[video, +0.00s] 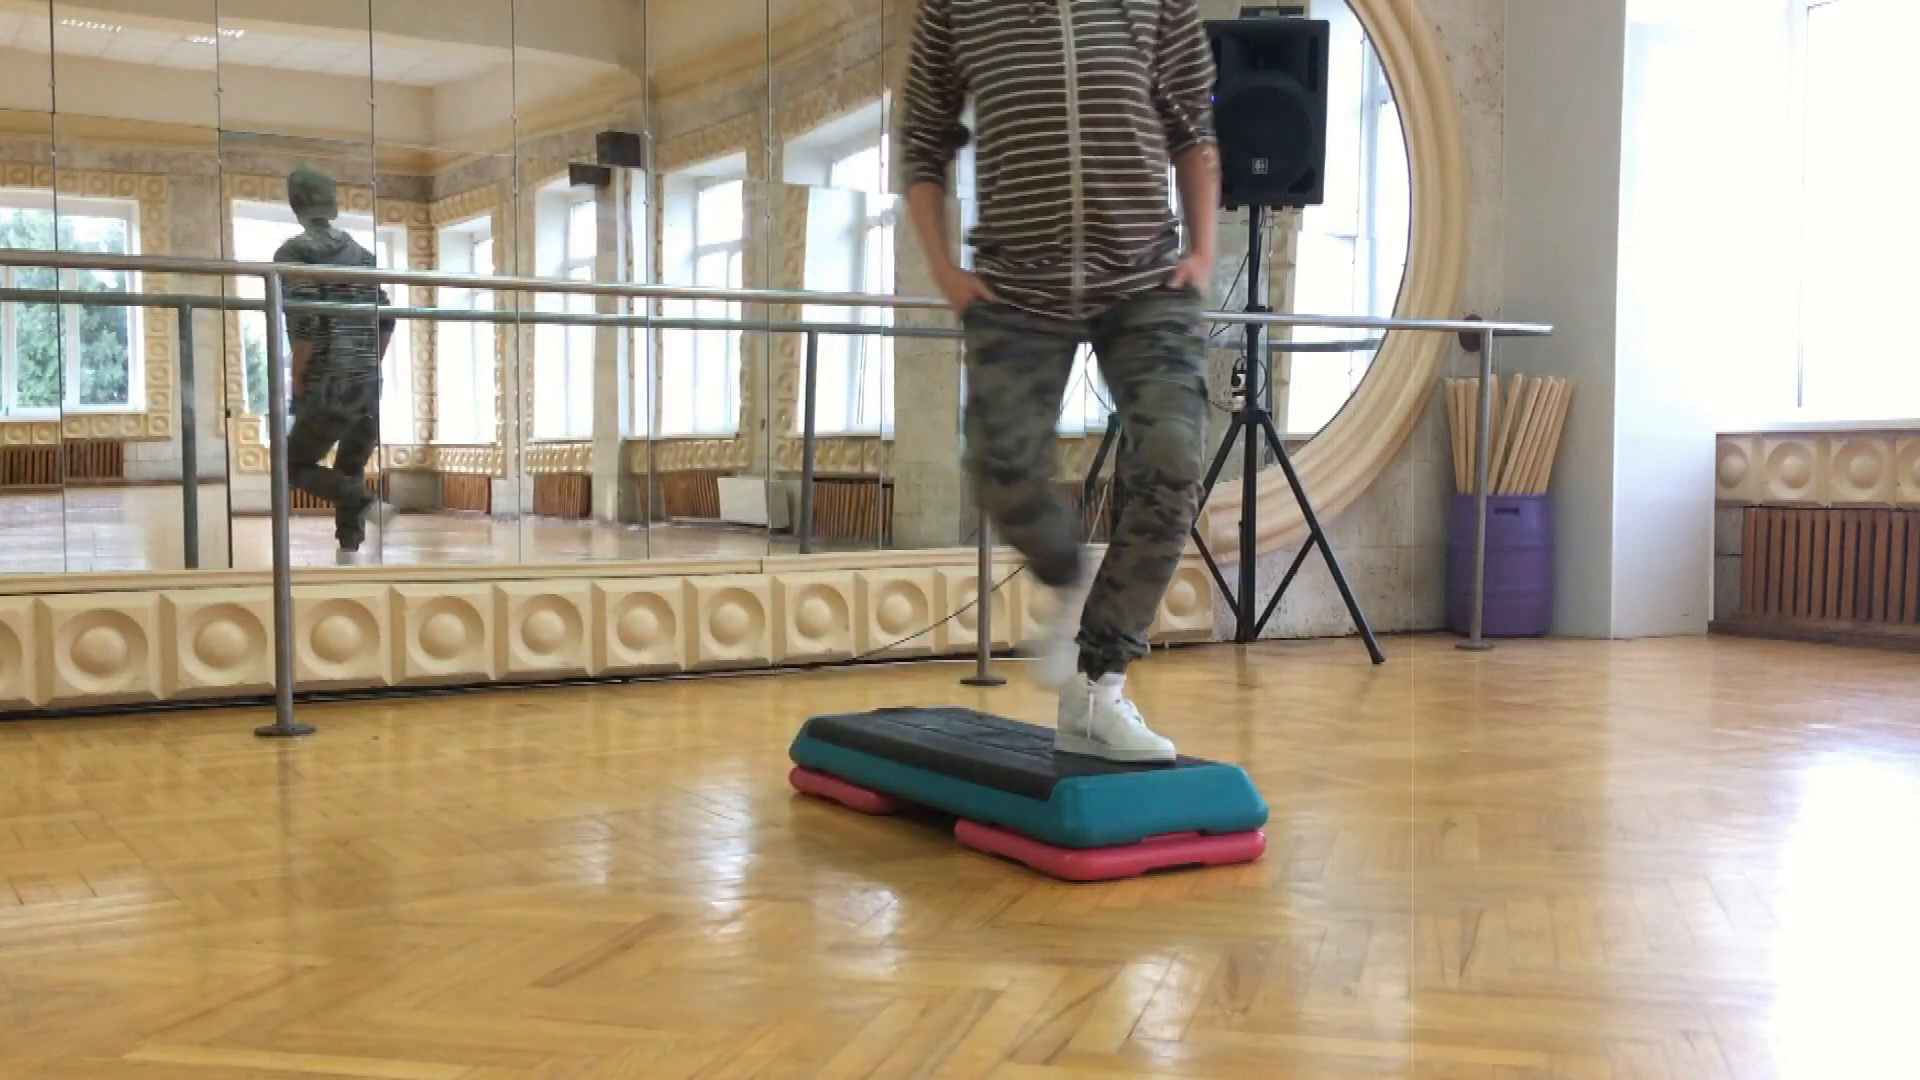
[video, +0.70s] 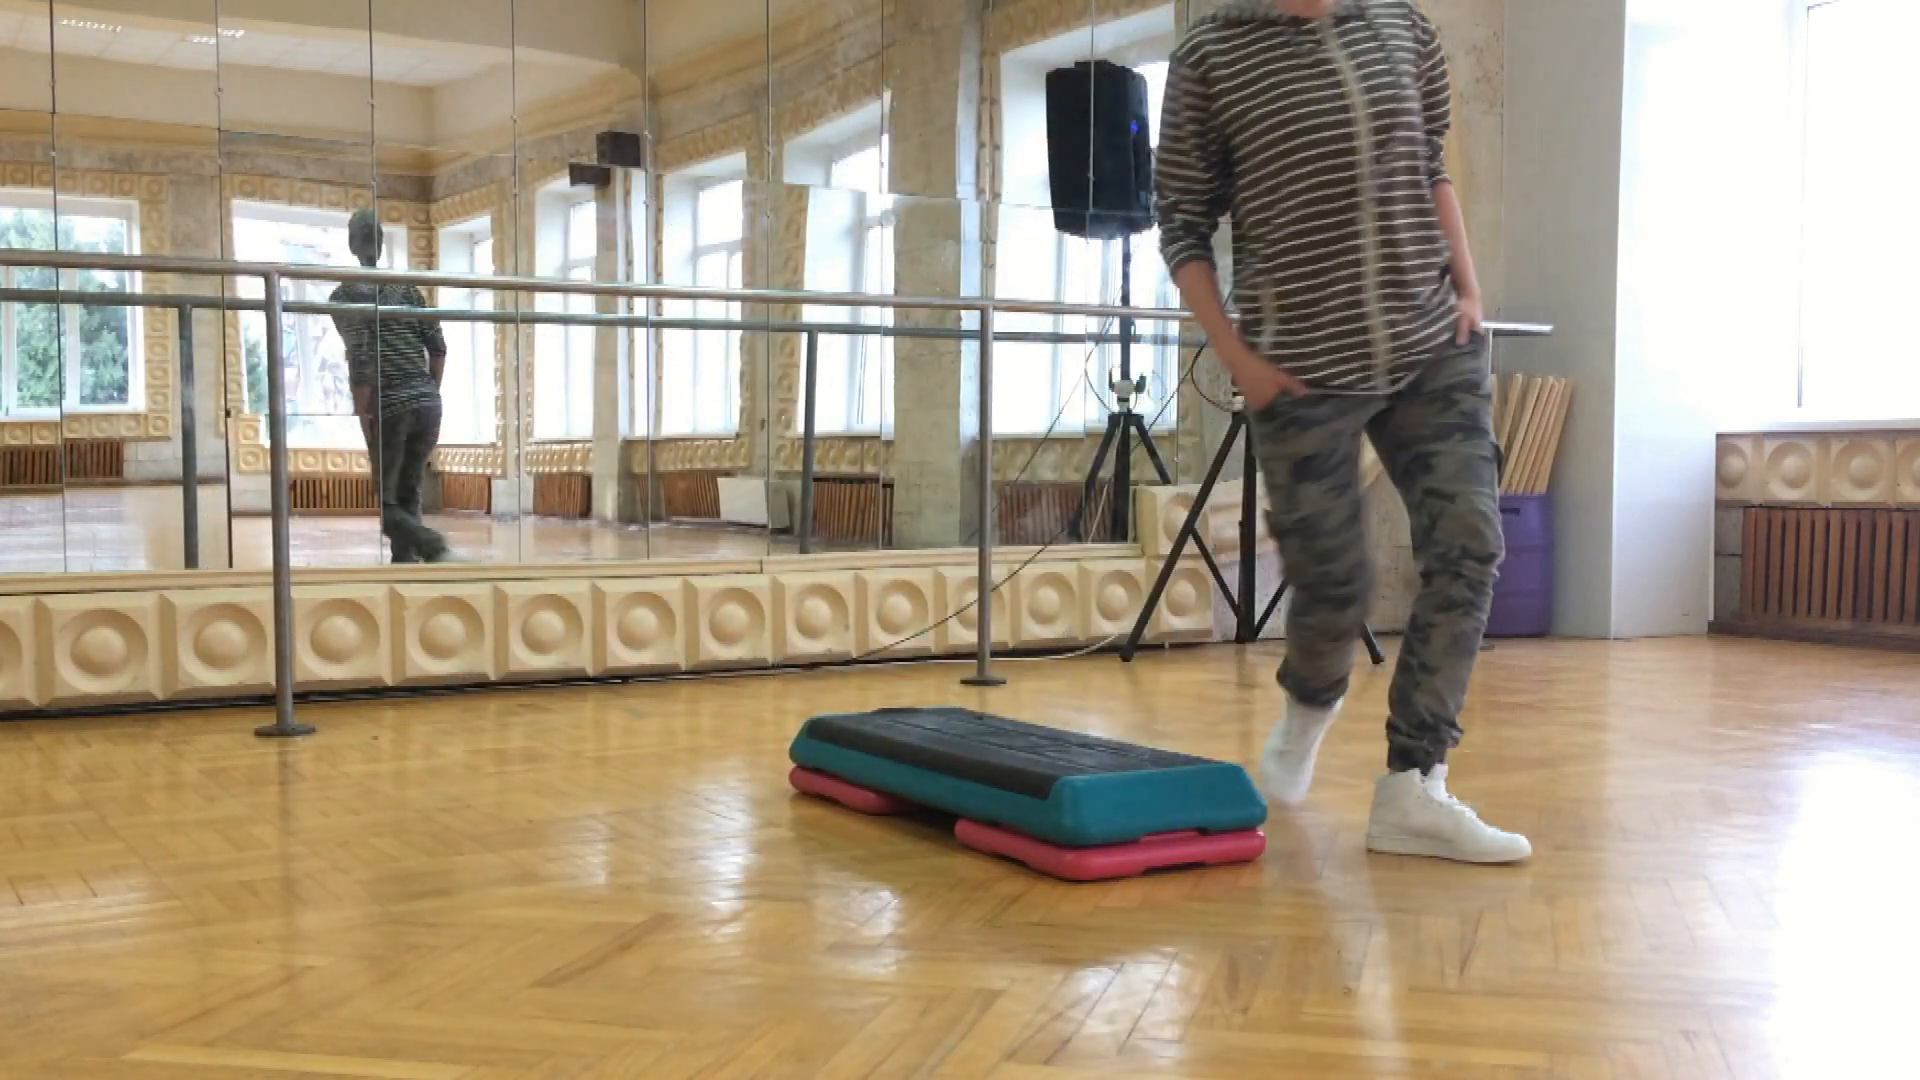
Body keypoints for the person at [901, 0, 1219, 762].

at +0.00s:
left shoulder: (1160, 7)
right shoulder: (954, 10)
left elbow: (1193, 125)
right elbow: (924, 142)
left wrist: (1201, 250)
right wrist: (946, 271)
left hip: (1148, 279)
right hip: (1015, 287)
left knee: (1170, 468)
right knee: (1004, 470)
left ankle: (1096, 686)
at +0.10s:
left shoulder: (1201, 7)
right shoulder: (993, 16)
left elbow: (1235, 130)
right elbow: (978, 162)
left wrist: (1245, 254)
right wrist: (1003, 292)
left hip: (1192, 292)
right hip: (1068, 310)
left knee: (1179, 484)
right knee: (1087, 523)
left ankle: (1094, 690)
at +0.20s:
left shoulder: (1238, 19)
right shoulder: (1038, 44)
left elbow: (1278, 145)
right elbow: (1033, 202)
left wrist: (1284, 267)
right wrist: (1062, 328)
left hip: (1237, 311)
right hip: (1122, 343)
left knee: (1191, 488)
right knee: (1203, 553)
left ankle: (1100, 690)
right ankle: (1300, 717)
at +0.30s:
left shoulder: (1270, 32)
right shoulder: (1076, 79)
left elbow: (1324, 164)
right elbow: (1084, 238)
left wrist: (1331, 285)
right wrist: (1114, 359)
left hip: (1279, 320)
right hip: (1169, 363)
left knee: (1250, 453)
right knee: (1251, 563)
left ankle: (1149, 657)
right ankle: (1326, 737)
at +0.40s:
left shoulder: (1301, 38)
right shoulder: (1111, 89)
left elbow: (1367, 163)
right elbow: (1120, 243)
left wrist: (1370, 285)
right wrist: (1141, 363)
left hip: (1318, 324)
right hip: (1204, 370)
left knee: (1331, 452)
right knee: (1254, 563)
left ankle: (1249, 638)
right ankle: (1328, 737)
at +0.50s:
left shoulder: (1332, 31)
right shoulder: (1141, 86)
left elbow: (1398, 162)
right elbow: (1147, 232)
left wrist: (1404, 291)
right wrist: (1166, 355)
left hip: (1349, 332)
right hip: (1227, 372)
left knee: (1396, 496)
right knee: (1272, 569)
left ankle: (1345, 715)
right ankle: (1324, 743)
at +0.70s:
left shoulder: (1404, 25)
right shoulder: (1210, 55)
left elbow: (1431, 167)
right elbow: (1183, 226)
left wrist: (1467, 285)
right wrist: (1238, 359)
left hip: (1432, 347)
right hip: (1304, 370)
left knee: (1470, 554)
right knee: (1333, 589)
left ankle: (1411, 787)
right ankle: (1308, 706)